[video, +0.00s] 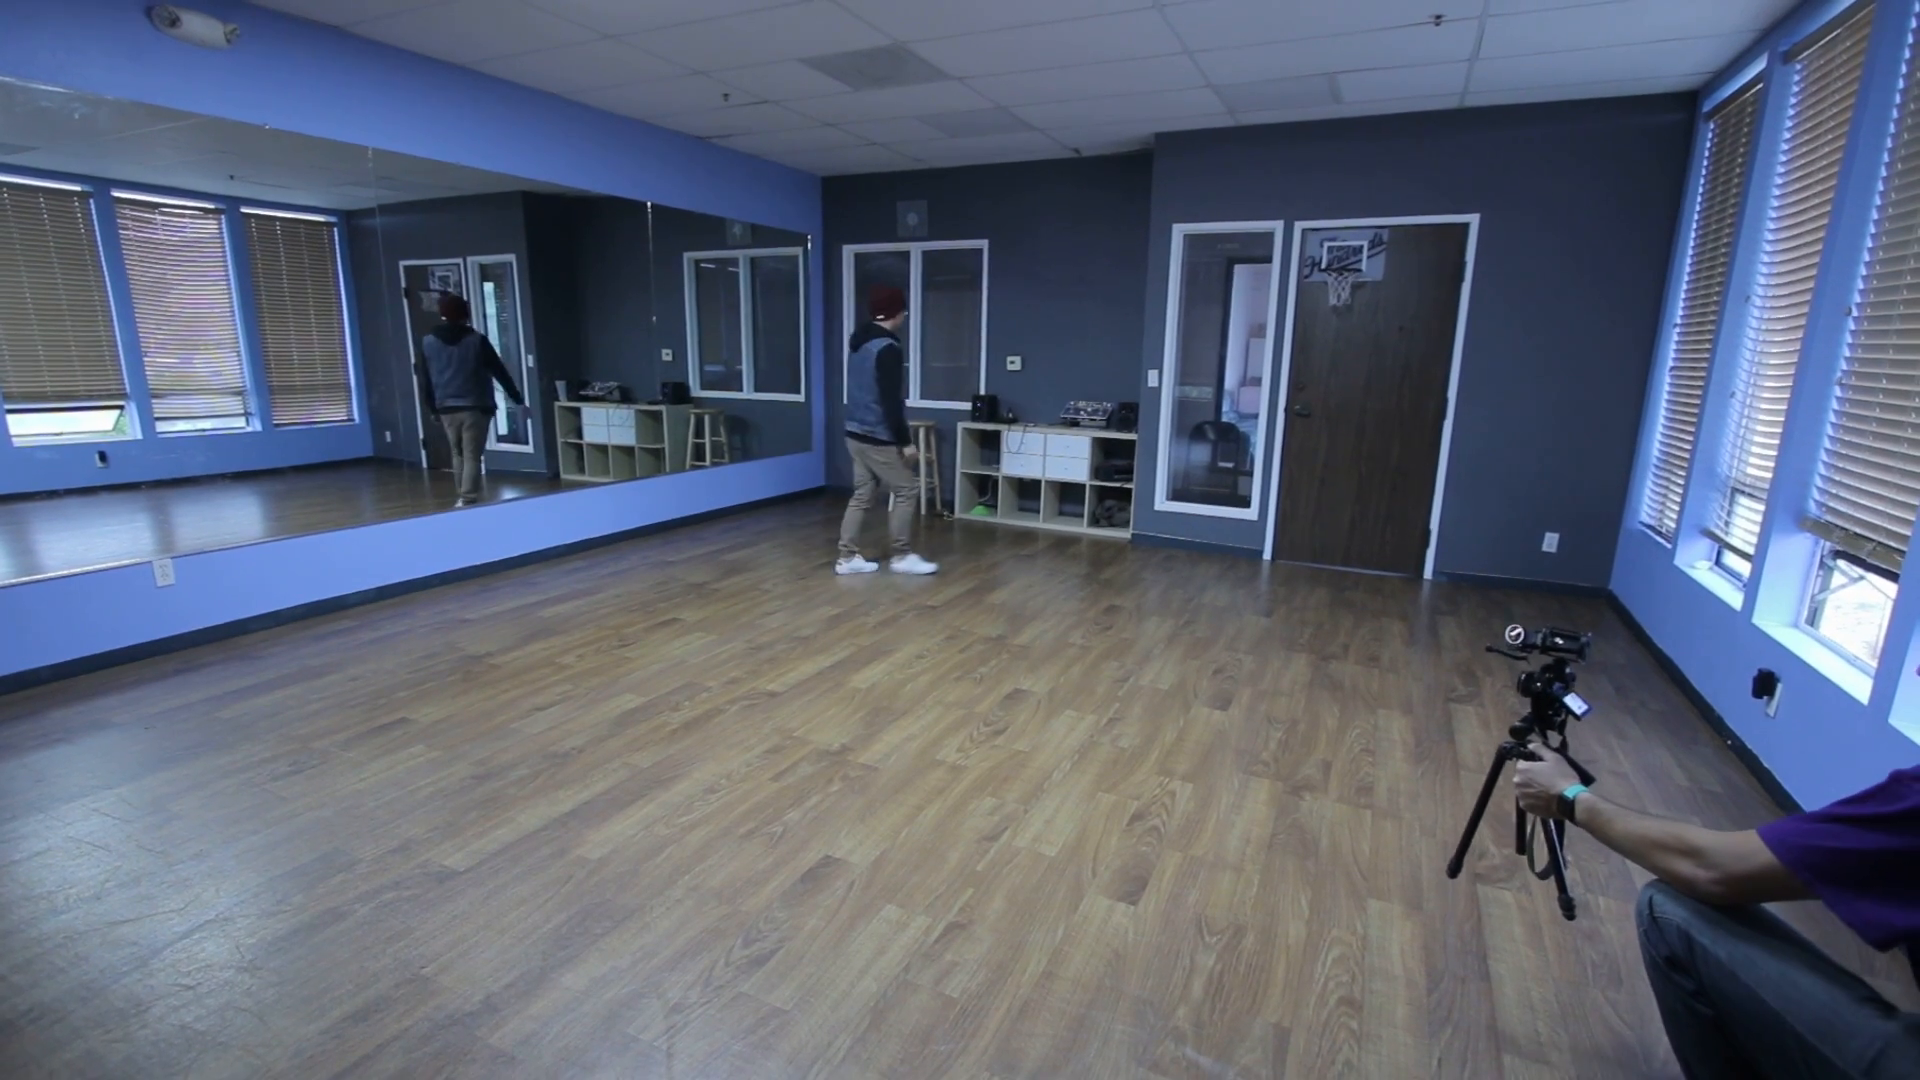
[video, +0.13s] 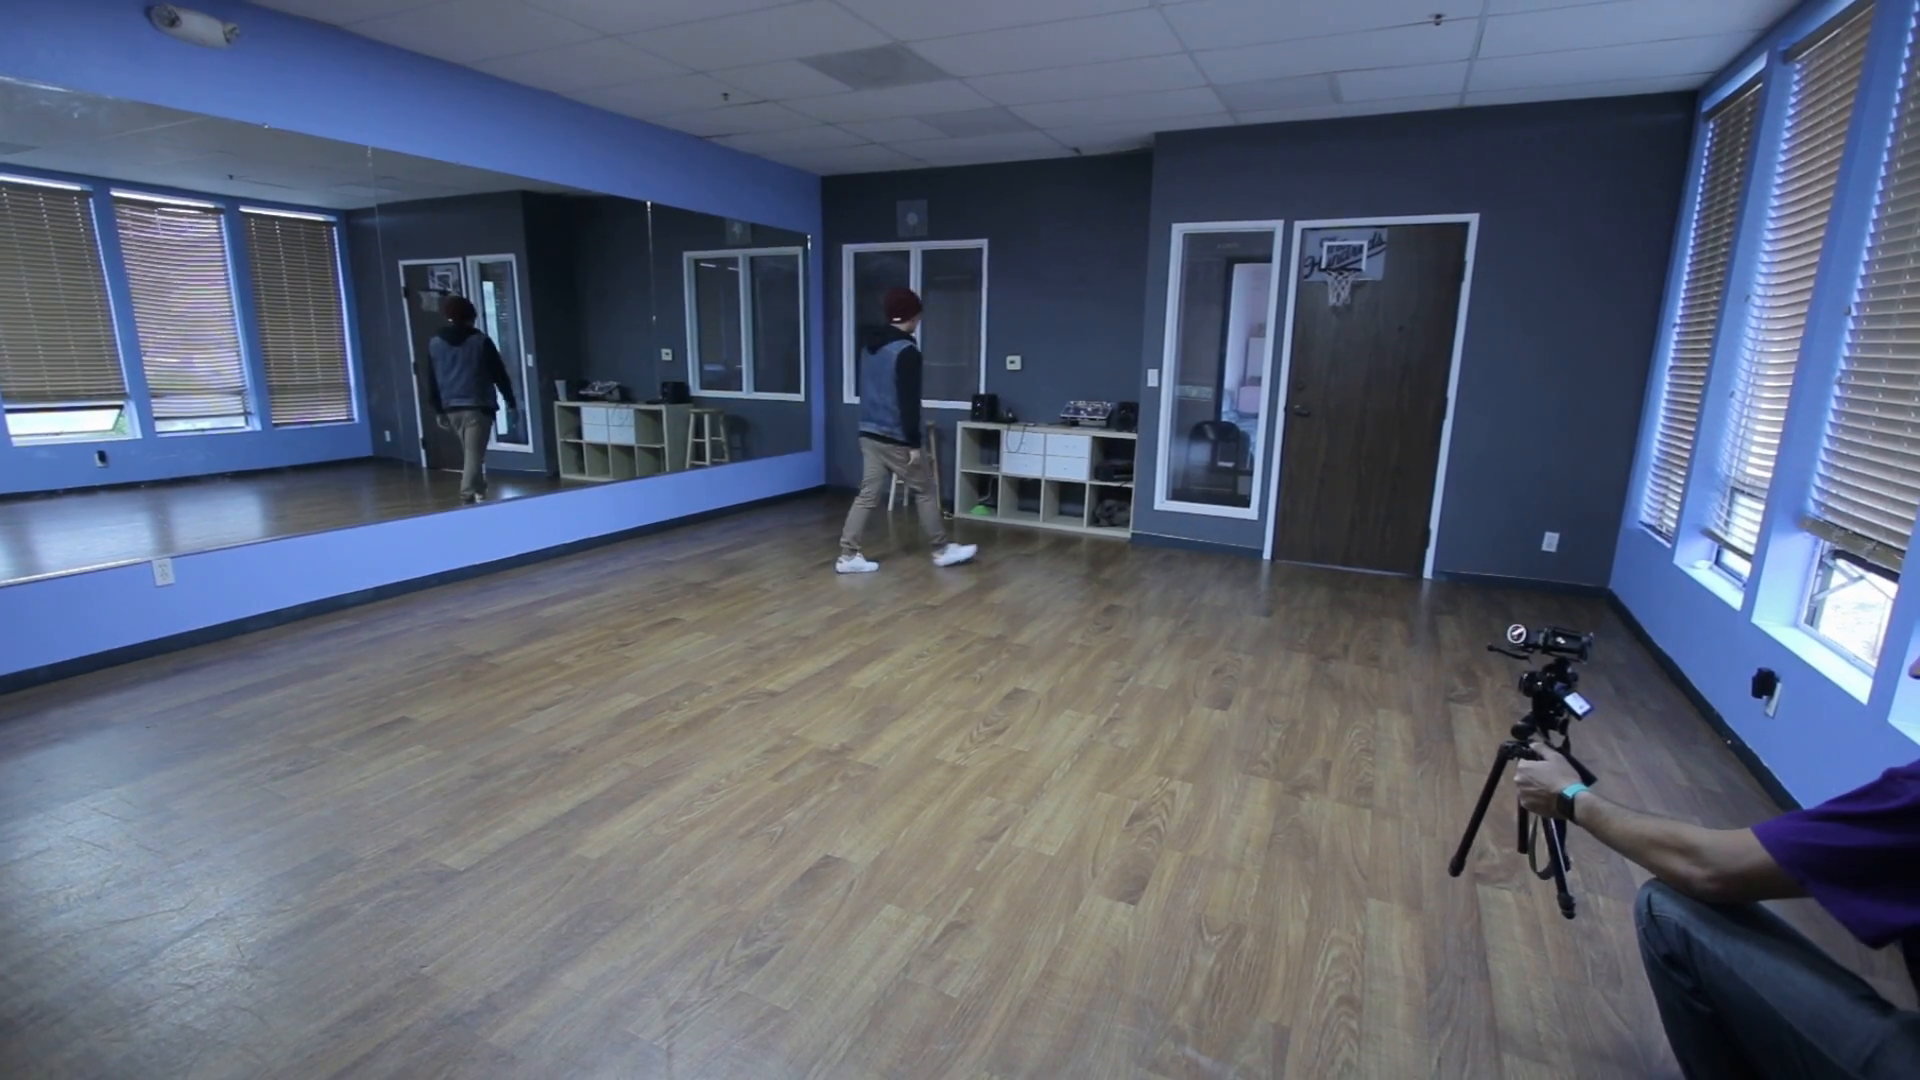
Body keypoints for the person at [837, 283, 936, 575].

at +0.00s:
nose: (903, 318)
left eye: (903, 313)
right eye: (903, 313)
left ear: (875, 313)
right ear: (896, 314)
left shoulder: (861, 341)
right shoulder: (888, 348)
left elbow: (862, 393)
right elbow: (891, 401)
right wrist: (905, 442)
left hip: (855, 435)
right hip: (878, 437)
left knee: (862, 494)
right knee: (906, 489)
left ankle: (846, 556)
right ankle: (901, 554)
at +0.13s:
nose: (917, 324)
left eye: (917, 318)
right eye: (917, 318)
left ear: (891, 316)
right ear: (909, 319)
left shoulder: (873, 345)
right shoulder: (907, 351)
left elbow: (870, 391)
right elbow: (909, 400)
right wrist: (914, 443)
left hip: (869, 432)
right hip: (894, 436)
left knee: (868, 494)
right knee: (925, 488)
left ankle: (847, 555)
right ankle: (941, 548)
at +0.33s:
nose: (951, 316)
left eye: (949, 311)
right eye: (950, 312)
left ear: (923, 313)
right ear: (947, 315)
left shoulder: (908, 343)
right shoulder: (945, 349)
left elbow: (905, 387)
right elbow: (944, 397)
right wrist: (944, 439)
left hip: (906, 430)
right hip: (933, 434)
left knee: (900, 487)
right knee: (952, 489)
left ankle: (863, 538)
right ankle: (959, 546)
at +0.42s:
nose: (964, 313)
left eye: (960, 309)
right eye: (963, 309)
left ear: (935, 309)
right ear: (961, 311)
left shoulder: (921, 339)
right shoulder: (957, 345)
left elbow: (919, 383)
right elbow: (961, 394)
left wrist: (922, 418)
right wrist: (963, 436)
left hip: (920, 425)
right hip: (947, 429)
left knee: (924, 480)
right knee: (959, 486)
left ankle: (887, 522)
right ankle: (961, 544)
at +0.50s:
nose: (976, 312)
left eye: (972, 307)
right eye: (975, 308)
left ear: (948, 309)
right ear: (972, 310)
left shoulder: (932, 337)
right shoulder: (967, 344)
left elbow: (930, 382)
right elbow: (973, 392)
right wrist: (982, 433)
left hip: (929, 424)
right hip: (956, 428)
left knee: (938, 475)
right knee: (964, 485)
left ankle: (914, 518)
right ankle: (961, 543)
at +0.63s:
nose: (988, 315)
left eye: (986, 310)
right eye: (988, 311)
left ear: (962, 309)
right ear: (985, 312)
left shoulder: (948, 335)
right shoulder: (980, 343)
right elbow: (991, 387)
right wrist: (1009, 423)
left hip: (940, 420)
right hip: (964, 425)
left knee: (952, 475)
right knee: (967, 484)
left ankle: (946, 527)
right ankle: (961, 544)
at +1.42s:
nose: (1019, 344)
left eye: (1017, 339)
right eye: (1019, 340)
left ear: (997, 335)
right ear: (1017, 339)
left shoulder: (987, 353)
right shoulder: (1009, 355)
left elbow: (984, 390)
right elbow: (1004, 390)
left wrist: (995, 425)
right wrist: (1005, 426)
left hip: (964, 417)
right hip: (977, 420)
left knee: (983, 471)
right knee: (971, 474)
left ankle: (974, 524)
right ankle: (953, 528)